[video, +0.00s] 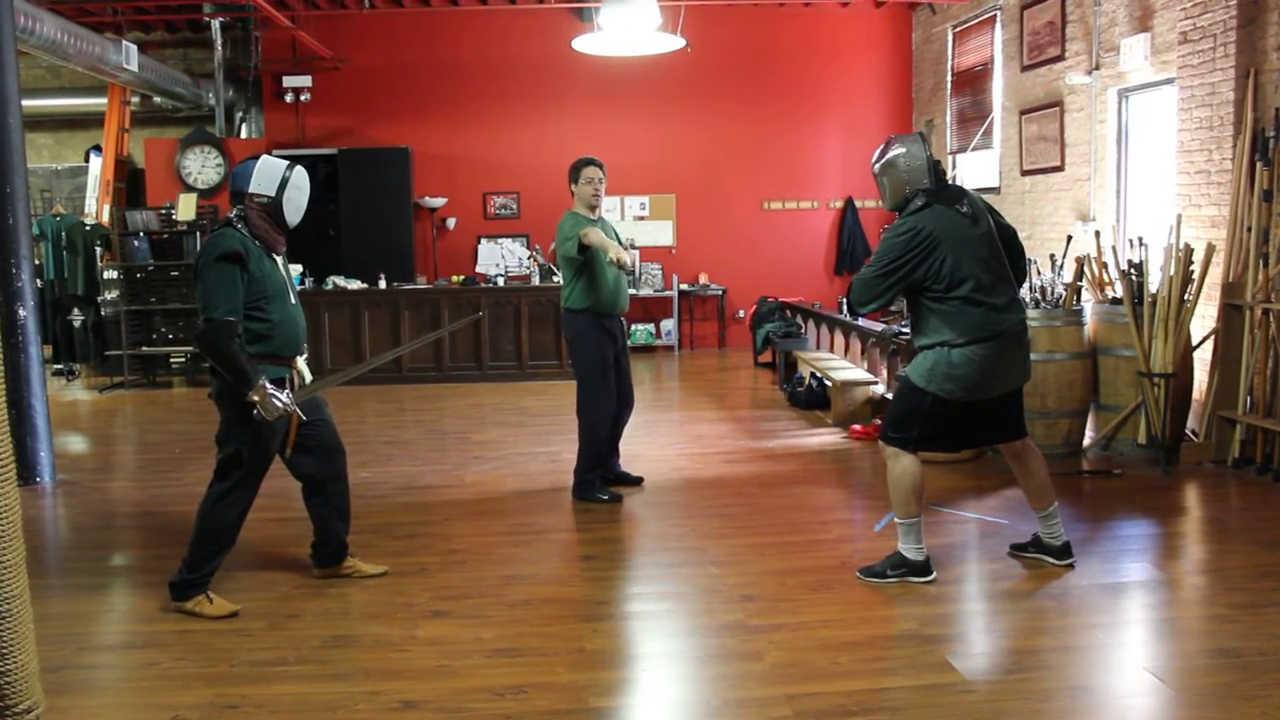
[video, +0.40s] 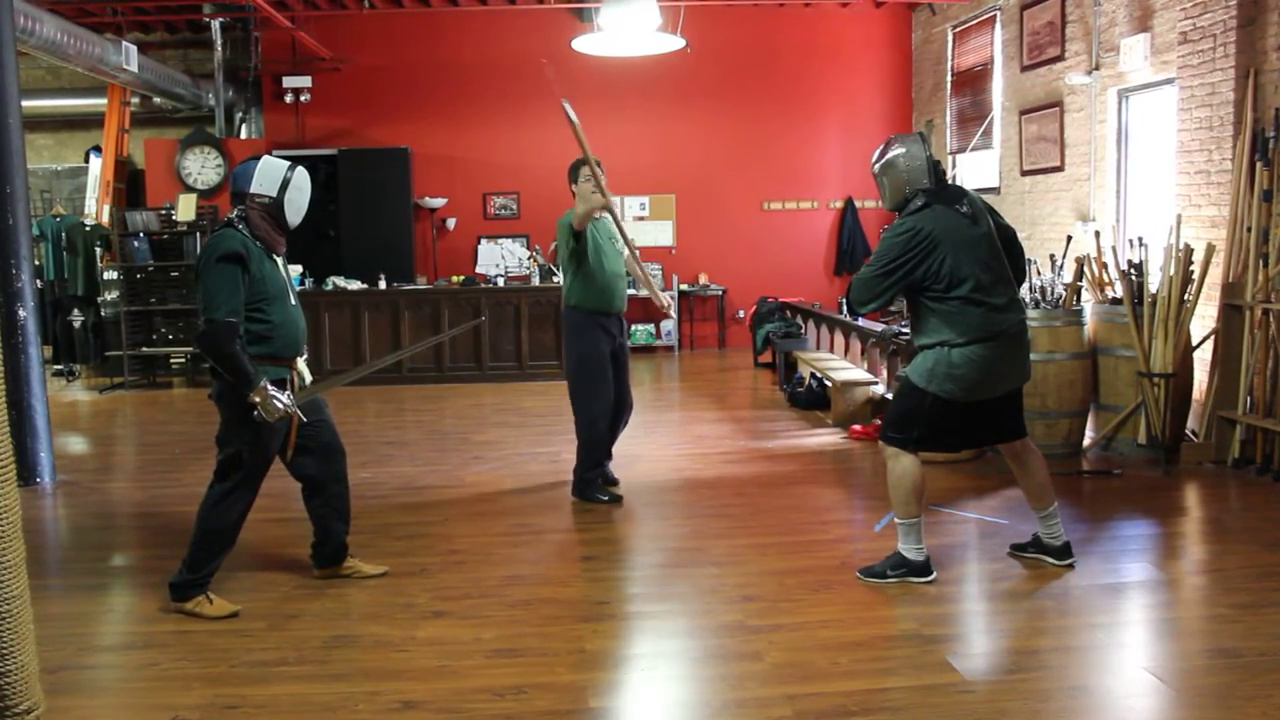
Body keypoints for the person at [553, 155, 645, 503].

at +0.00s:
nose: (597, 187)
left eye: (601, 181)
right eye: (589, 181)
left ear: (606, 186)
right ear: (573, 188)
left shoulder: (607, 226)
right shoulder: (570, 221)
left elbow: (622, 256)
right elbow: (590, 236)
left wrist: (625, 254)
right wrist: (613, 249)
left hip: (612, 320)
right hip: (585, 321)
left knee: (622, 399)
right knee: (597, 401)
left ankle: (608, 468)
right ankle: (586, 482)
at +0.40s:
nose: (596, 181)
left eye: (599, 175)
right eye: (587, 177)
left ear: (606, 182)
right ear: (574, 188)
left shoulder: (609, 224)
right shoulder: (569, 223)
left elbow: (627, 264)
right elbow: (578, 218)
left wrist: (654, 293)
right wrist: (593, 204)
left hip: (613, 322)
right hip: (584, 322)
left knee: (620, 403)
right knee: (595, 402)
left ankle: (598, 465)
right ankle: (585, 482)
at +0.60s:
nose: (601, 182)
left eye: (605, 177)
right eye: (593, 177)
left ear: (611, 183)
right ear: (581, 183)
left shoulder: (613, 226)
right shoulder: (575, 216)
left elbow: (632, 267)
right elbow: (556, 203)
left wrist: (654, 296)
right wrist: (556, 173)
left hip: (609, 318)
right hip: (580, 316)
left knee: (611, 396)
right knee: (585, 396)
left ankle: (596, 465)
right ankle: (586, 479)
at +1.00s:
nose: (596, 184)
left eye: (600, 180)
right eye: (589, 179)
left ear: (604, 188)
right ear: (575, 186)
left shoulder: (611, 230)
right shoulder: (556, 218)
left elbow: (634, 271)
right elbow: (517, 213)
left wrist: (658, 307)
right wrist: (512, 182)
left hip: (602, 316)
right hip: (567, 314)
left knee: (605, 390)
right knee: (560, 387)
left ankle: (597, 462)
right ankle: (548, 448)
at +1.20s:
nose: (584, 188)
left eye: (588, 184)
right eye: (577, 184)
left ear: (594, 192)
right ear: (564, 190)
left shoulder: (603, 234)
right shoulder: (546, 224)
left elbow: (624, 276)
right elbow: (507, 244)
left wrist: (642, 312)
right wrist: (495, 230)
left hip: (592, 319)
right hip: (556, 316)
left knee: (598, 389)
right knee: (551, 385)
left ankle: (597, 462)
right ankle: (546, 442)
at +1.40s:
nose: (570, 191)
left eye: (574, 187)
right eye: (563, 187)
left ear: (581, 194)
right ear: (552, 195)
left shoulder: (594, 236)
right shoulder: (536, 233)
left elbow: (614, 278)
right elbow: (502, 262)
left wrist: (631, 319)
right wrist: (484, 277)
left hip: (580, 321)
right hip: (543, 320)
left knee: (588, 385)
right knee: (546, 387)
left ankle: (592, 456)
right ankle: (549, 448)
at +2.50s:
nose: (554, 187)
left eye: (558, 182)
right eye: (548, 183)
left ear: (567, 185)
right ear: (541, 188)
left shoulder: (580, 225)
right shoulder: (528, 222)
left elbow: (602, 266)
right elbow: (501, 256)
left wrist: (618, 306)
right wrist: (472, 287)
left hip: (566, 298)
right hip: (531, 297)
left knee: (573, 363)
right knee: (520, 360)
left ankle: (571, 424)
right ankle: (502, 422)